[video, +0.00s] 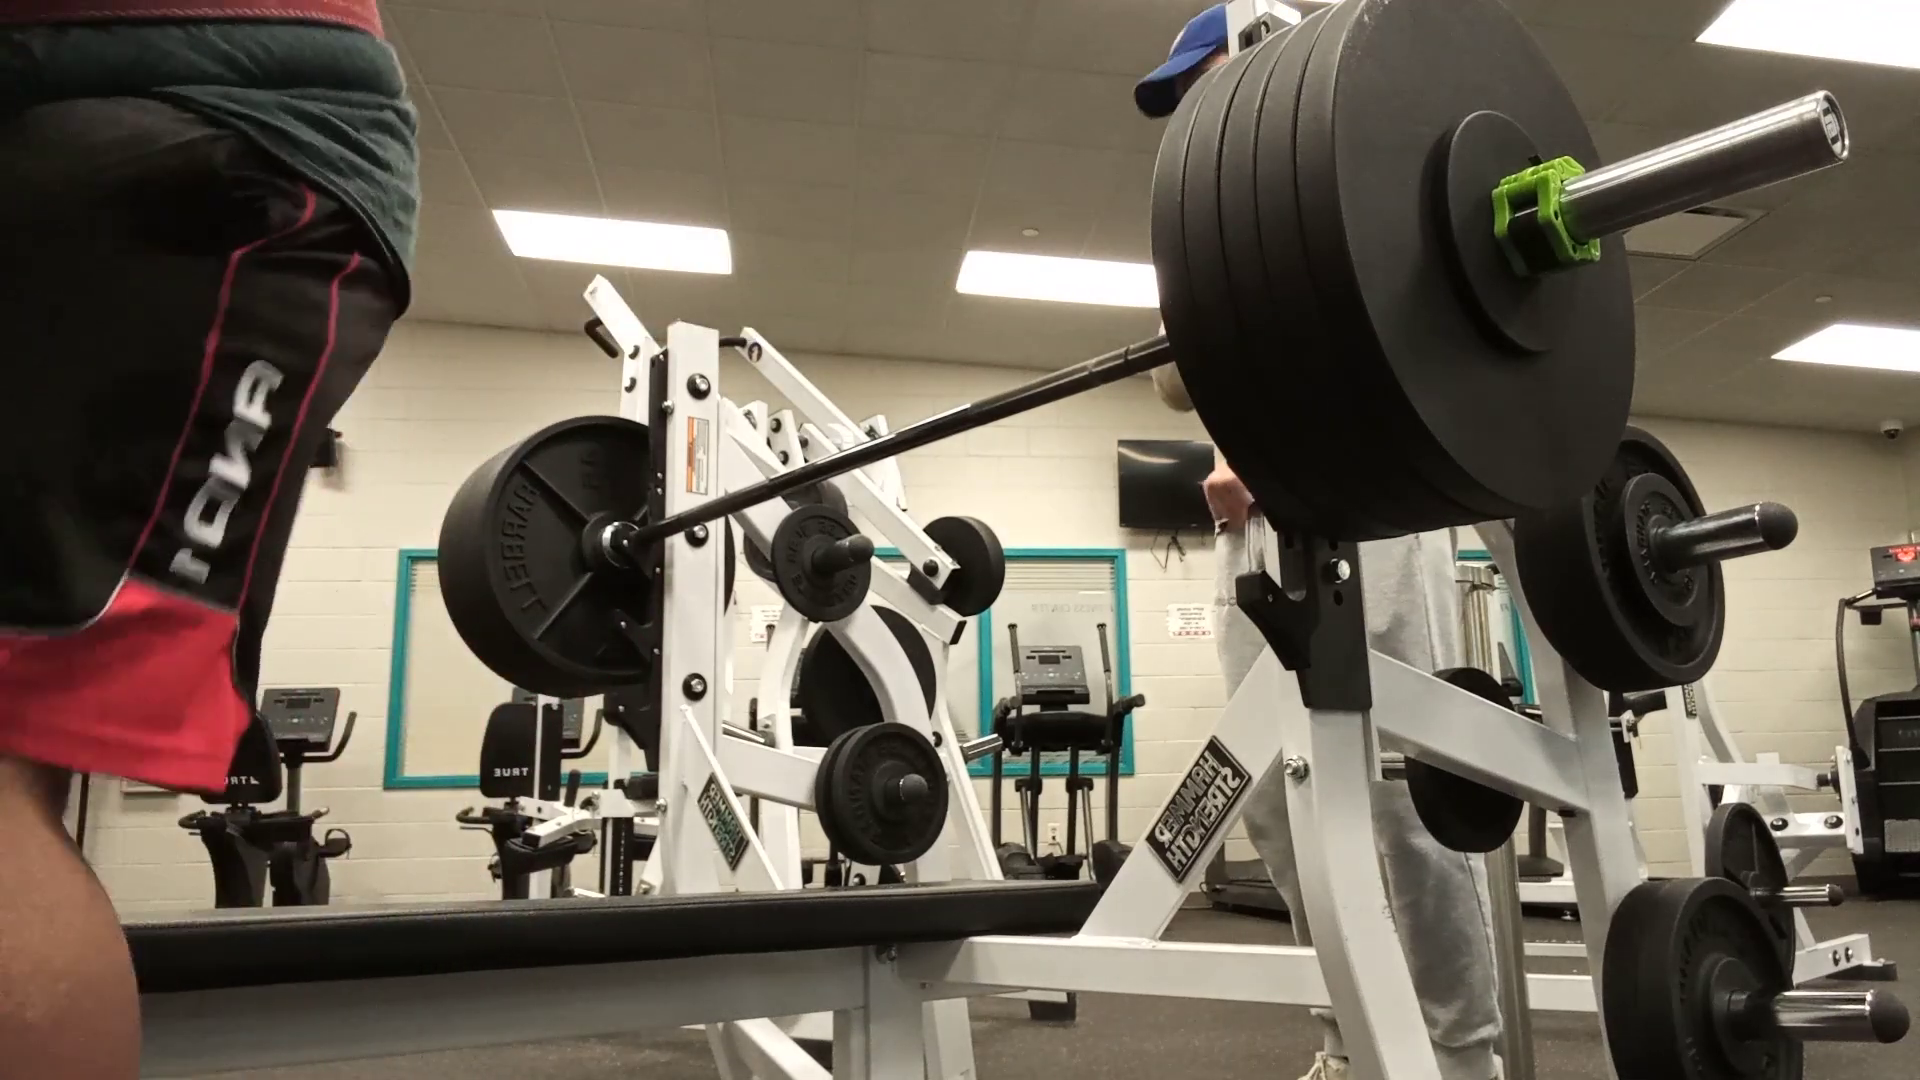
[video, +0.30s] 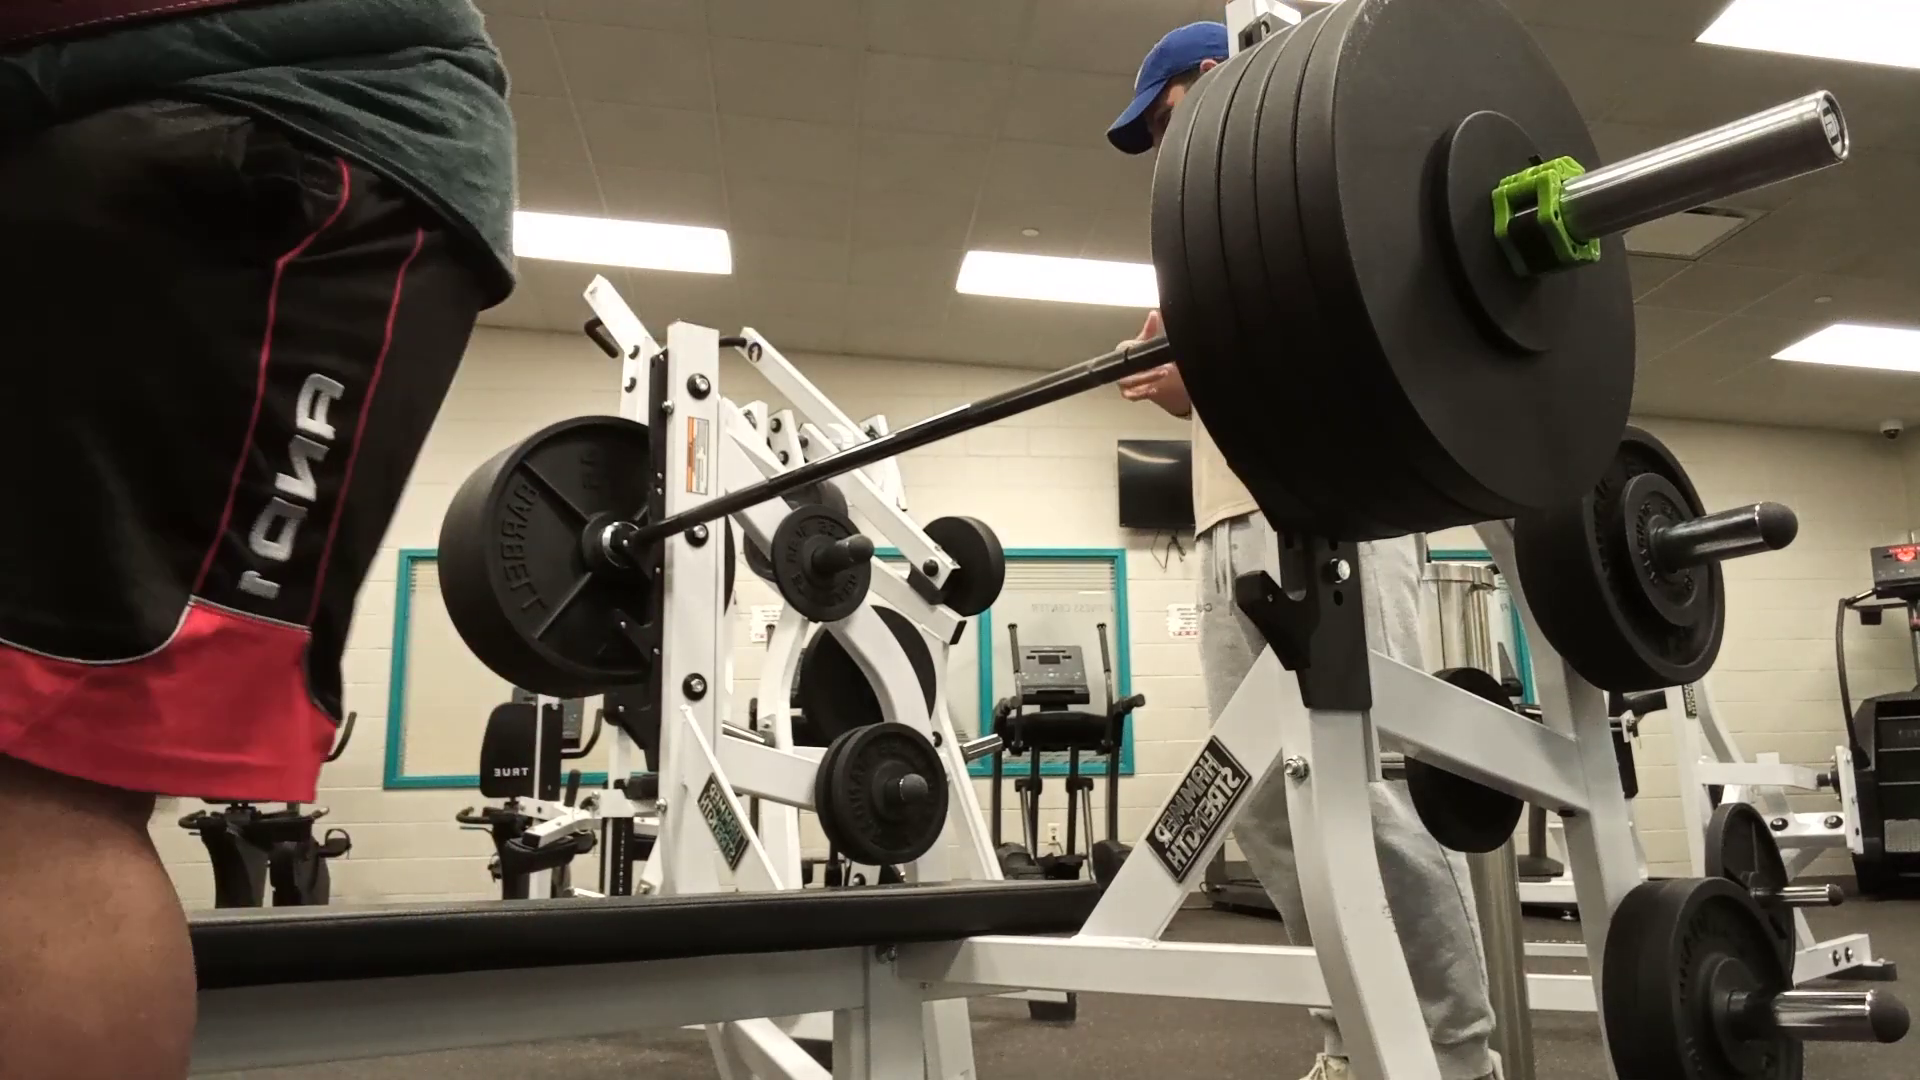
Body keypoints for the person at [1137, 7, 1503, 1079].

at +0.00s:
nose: (1186, 129)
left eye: (1197, 102)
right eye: (1178, 112)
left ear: (1260, 74)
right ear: (1196, 99)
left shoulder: (1334, 160)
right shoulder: (1234, 195)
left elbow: (1377, 330)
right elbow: (1263, 330)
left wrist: (1266, 457)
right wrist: (1237, 456)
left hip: (1368, 523)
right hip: (1273, 525)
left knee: (1397, 798)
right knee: (1280, 804)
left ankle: (1458, 1050)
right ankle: (1360, 1033)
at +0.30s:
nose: (1157, 146)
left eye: (1164, 119)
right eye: (1150, 132)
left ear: (1216, 84)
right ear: (1189, 103)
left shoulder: (1299, 176)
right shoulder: (1217, 208)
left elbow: (1345, 324)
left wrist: (1205, 373)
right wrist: (1193, 365)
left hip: (1330, 522)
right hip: (1243, 533)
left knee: (1358, 792)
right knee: (1265, 812)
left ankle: (1456, 1051)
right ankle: (1364, 1035)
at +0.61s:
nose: (1160, 174)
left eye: (1171, 150)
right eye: (1155, 159)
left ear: (1223, 123)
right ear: (1180, 138)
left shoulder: (1283, 202)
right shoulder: (1203, 244)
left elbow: (1215, 258)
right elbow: (1151, 403)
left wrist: (1061, 276)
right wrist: (1159, 358)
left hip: (1266, 519)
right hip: (1194, 538)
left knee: (1346, 784)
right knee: (1246, 812)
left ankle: (1450, 1047)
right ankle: (1370, 1031)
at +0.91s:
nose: (1132, 180)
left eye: (1139, 156)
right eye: (1129, 167)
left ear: (1187, 128)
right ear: (1164, 150)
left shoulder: (1234, 216)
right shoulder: (1179, 256)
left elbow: (1152, 264)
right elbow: (1121, 416)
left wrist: (1021, 278)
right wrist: (1130, 356)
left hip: (1230, 520)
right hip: (1184, 530)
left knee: (1219, 760)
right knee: (1214, 774)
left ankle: (1353, 998)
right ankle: (1334, 1003)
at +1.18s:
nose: (1086, 168)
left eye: (1093, 143)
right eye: (1083, 152)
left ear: (1142, 122)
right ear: (1151, 131)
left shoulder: (1182, 217)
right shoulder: (1195, 229)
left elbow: (1110, 332)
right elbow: (1114, 410)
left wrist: (973, 388)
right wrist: (1089, 384)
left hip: (1189, 535)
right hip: (1242, 540)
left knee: (1125, 795)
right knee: (1238, 809)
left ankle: (1145, 1056)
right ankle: (1362, 1015)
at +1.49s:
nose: (1013, 126)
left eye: (1021, 101)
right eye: (1010, 109)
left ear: (1072, 83)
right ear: (1082, 90)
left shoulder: (1131, 183)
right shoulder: (1106, 198)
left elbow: (1146, 353)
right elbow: (1117, 369)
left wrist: (1026, 438)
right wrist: (1014, 399)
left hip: (1132, 526)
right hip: (1112, 521)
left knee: (1101, 804)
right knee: (1108, 794)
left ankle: (1144, 1055)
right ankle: (1274, 1000)